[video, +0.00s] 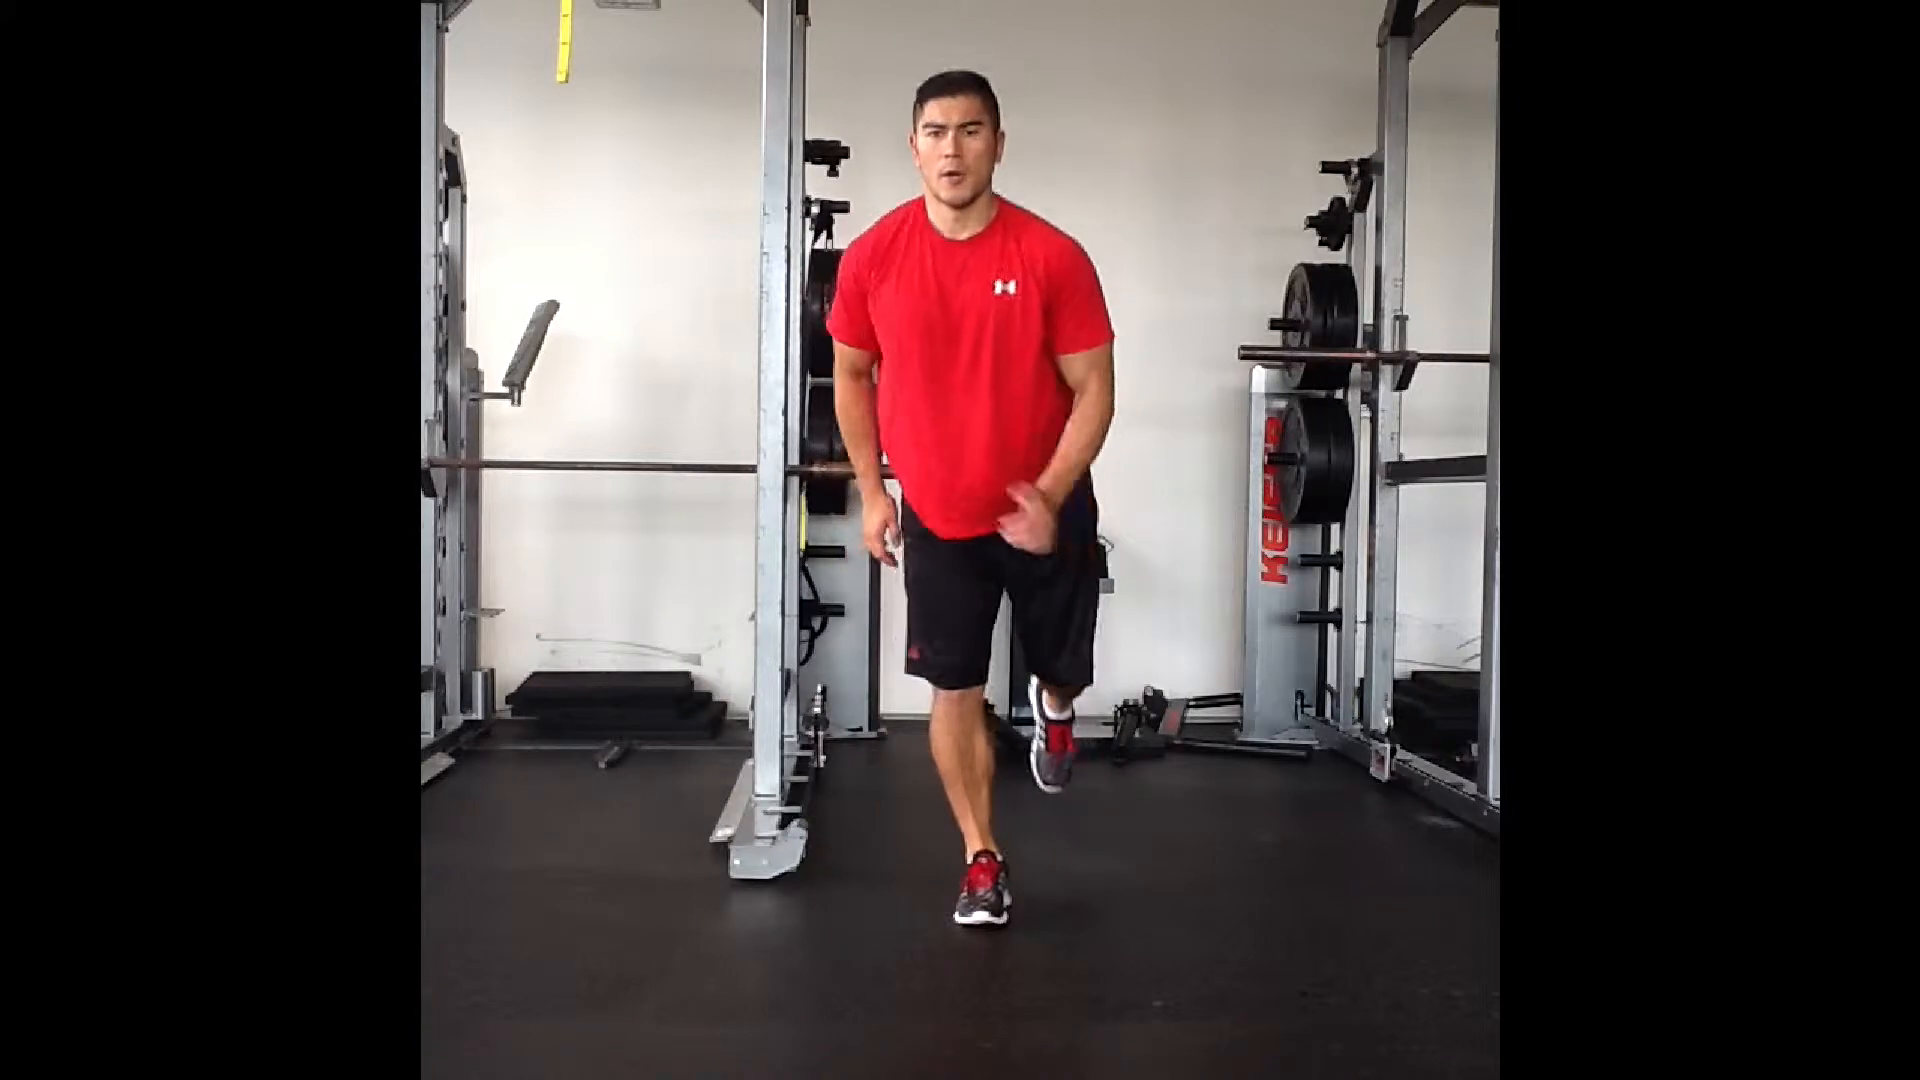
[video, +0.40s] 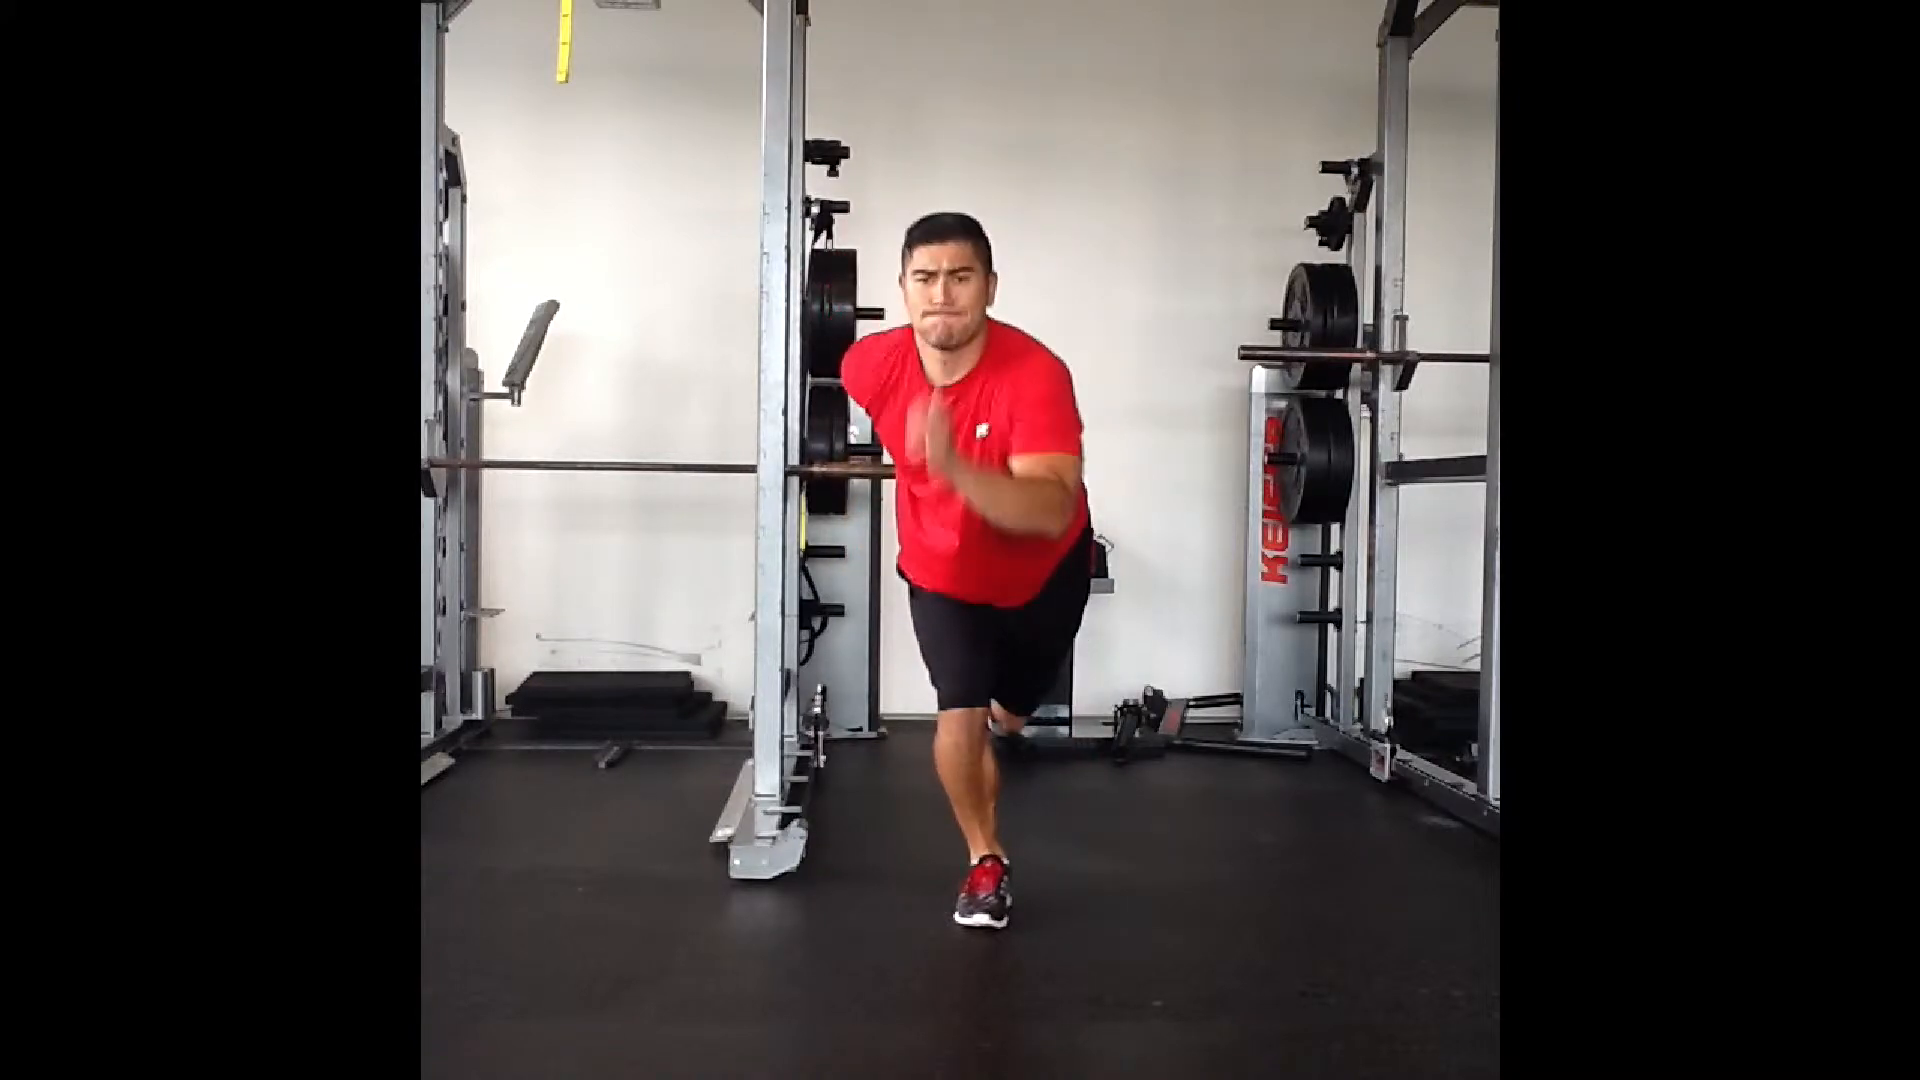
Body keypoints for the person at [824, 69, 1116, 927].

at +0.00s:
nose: (951, 147)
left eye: (969, 130)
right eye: (935, 131)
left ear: (997, 144)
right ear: (913, 146)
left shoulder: (1053, 259)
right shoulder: (870, 260)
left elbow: (1096, 390)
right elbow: (851, 374)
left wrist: (1051, 495)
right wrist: (871, 491)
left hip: (1047, 506)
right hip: (939, 514)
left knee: (1061, 662)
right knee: (953, 684)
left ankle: (1056, 718)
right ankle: (980, 858)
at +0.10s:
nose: (952, 189)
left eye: (970, 173)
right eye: (936, 173)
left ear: (999, 188)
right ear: (914, 188)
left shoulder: (1050, 297)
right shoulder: (872, 290)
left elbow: (1086, 433)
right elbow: (858, 375)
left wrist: (999, 436)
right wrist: (871, 463)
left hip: (1042, 525)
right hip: (936, 536)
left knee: (1055, 671)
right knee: (956, 686)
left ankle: (1040, 698)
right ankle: (982, 859)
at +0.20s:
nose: (951, 243)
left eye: (968, 227)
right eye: (934, 228)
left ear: (997, 240)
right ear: (914, 242)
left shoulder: (1041, 339)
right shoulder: (875, 329)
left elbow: (1054, 454)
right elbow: (893, 412)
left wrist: (960, 361)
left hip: (1043, 553)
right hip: (941, 555)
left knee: (1031, 695)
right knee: (959, 692)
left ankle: (994, 728)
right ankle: (982, 859)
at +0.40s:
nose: (941, 296)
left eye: (959, 277)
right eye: (924, 277)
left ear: (990, 287)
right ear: (902, 288)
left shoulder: (1036, 374)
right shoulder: (871, 368)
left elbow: (1053, 510)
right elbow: (906, 436)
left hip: (1044, 575)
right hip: (944, 574)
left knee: (1015, 710)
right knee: (963, 711)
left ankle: (1001, 717)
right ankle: (985, 862)